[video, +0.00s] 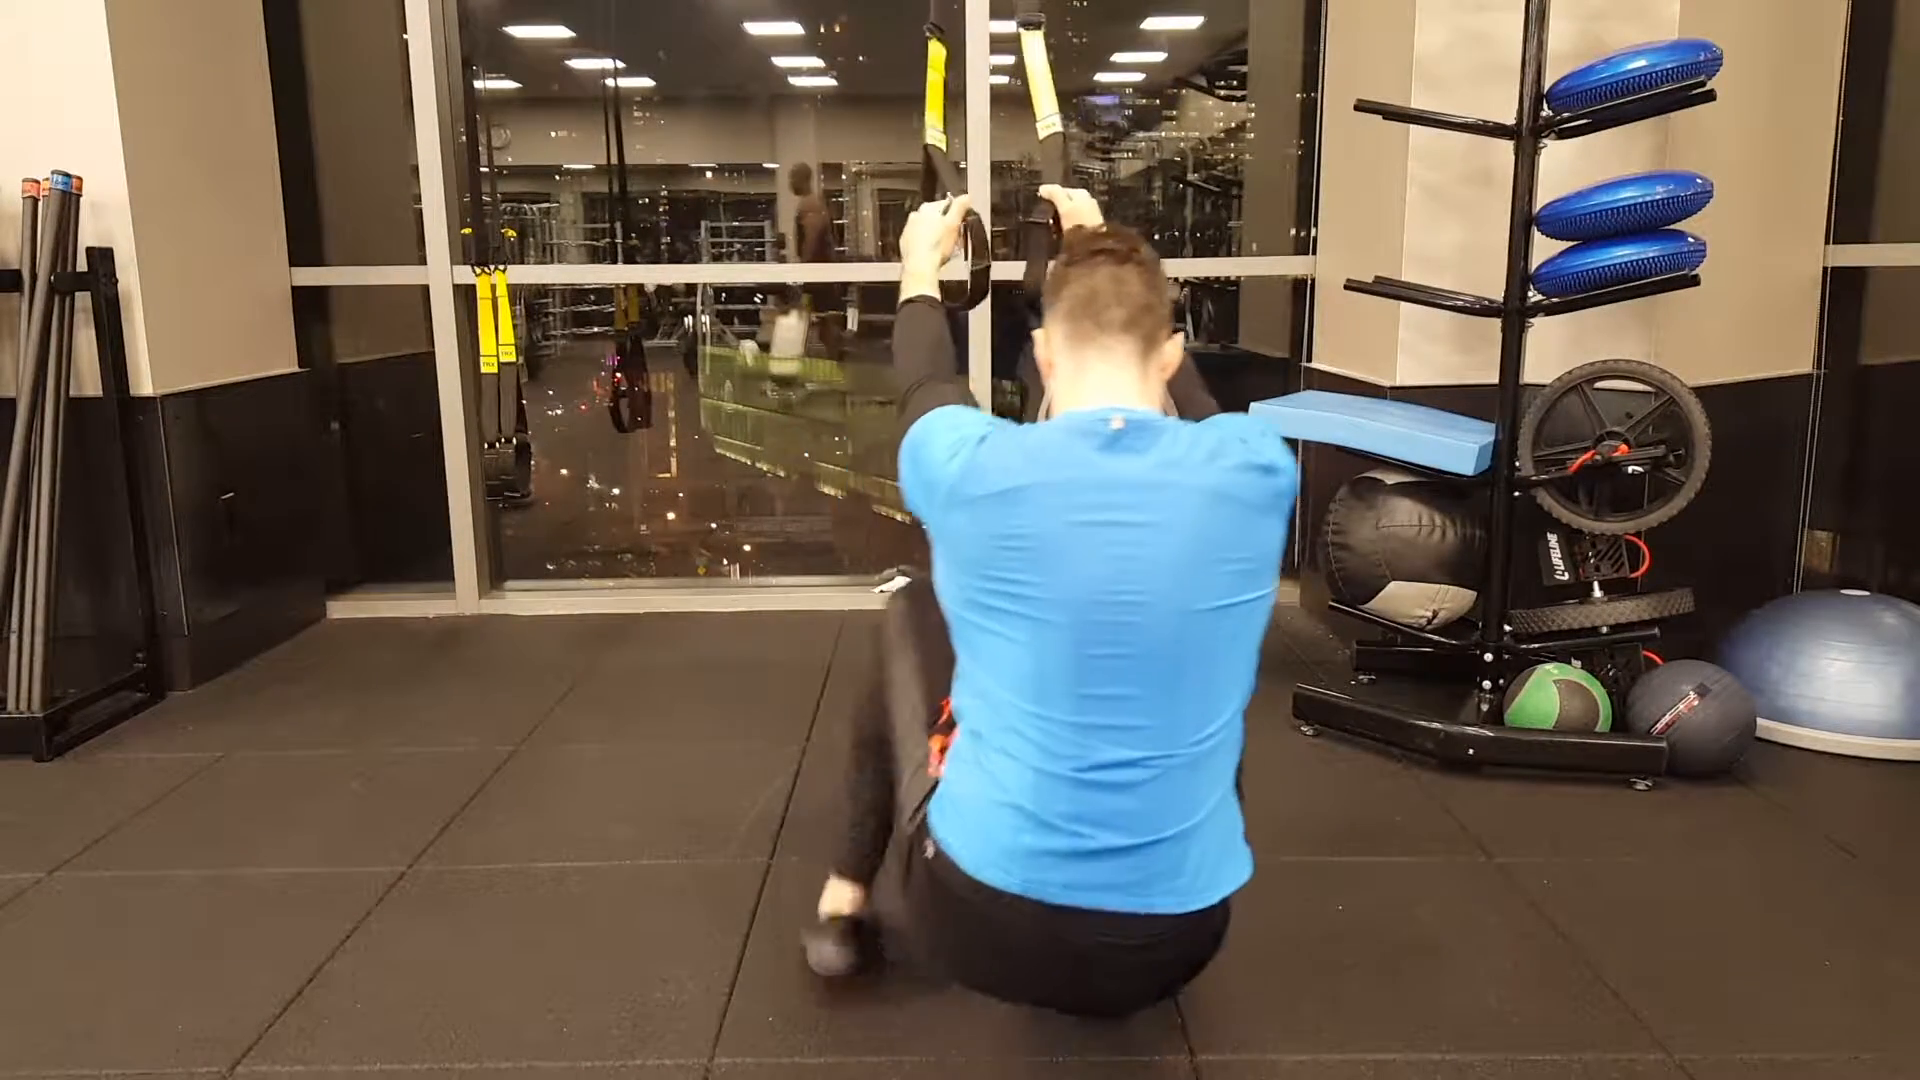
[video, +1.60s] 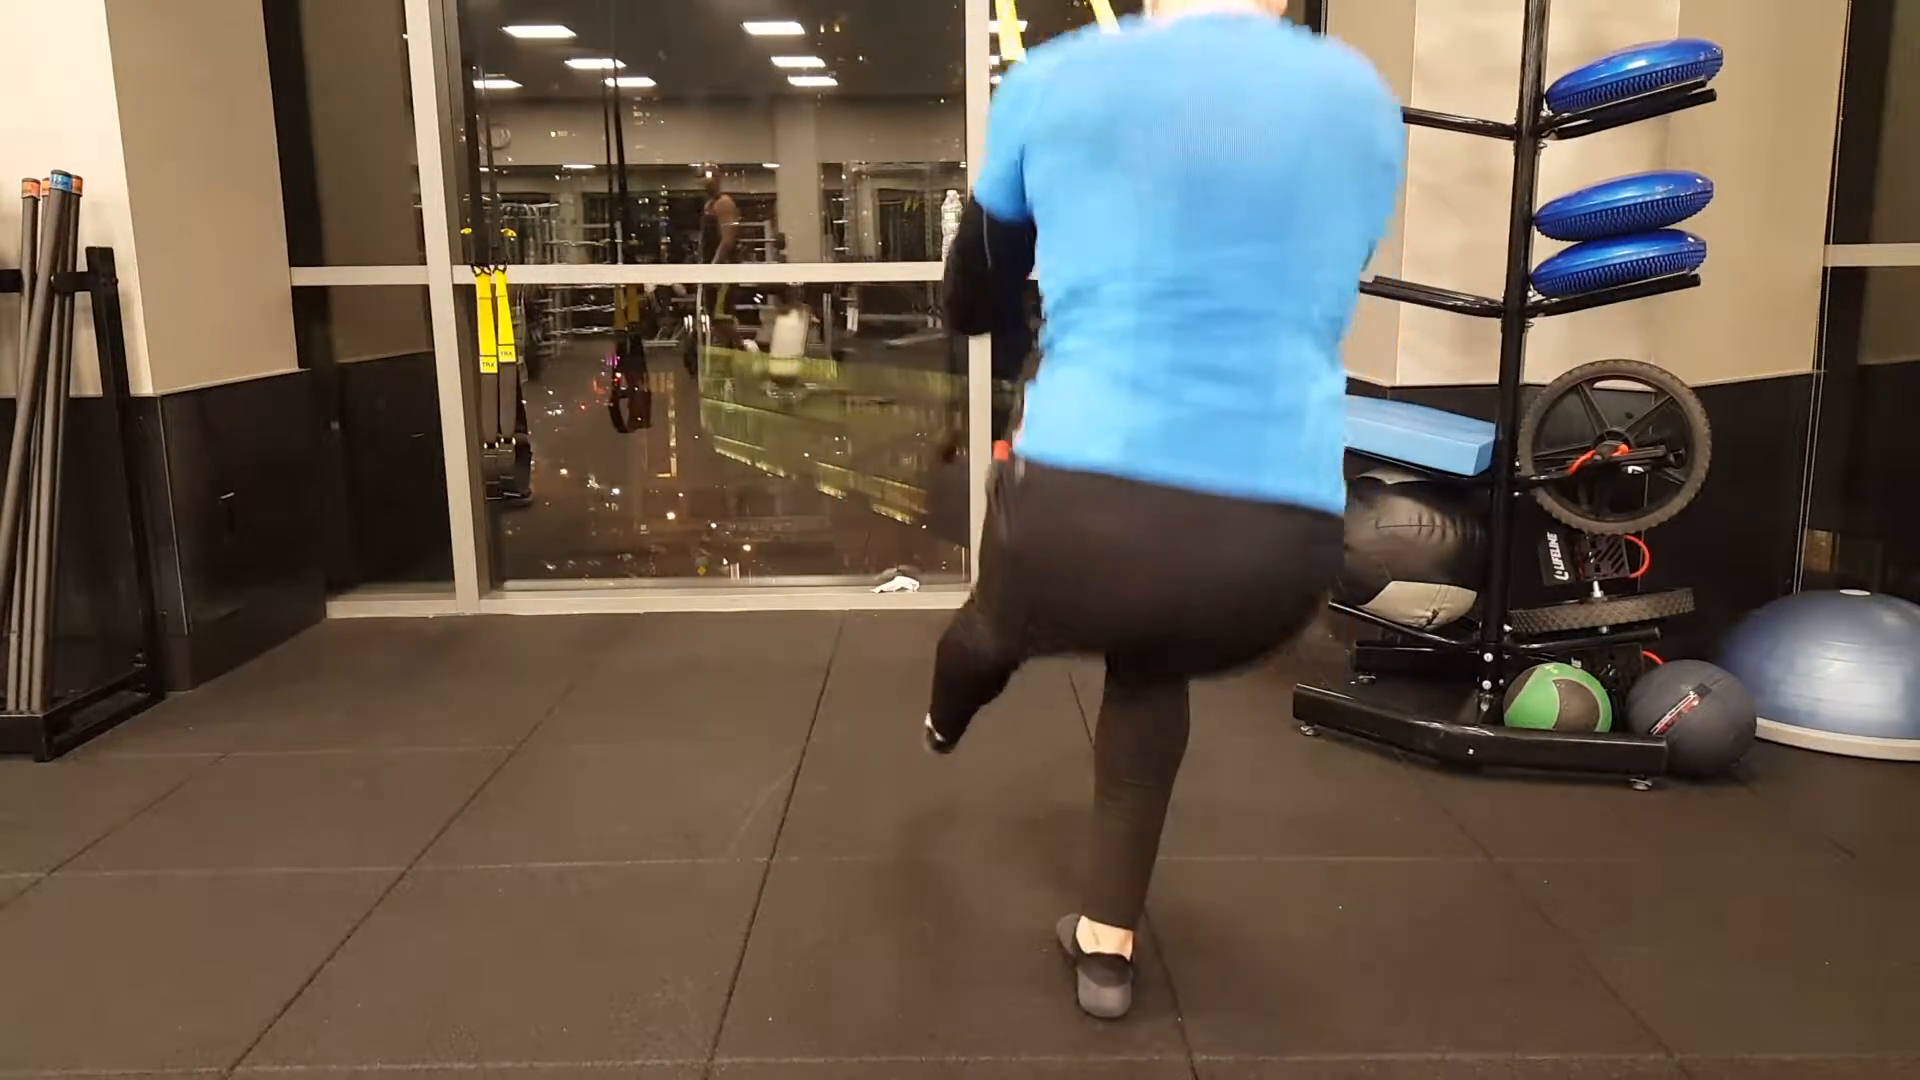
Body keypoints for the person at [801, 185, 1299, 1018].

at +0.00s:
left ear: (1041, 357)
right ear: (1169, 358)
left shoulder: (975, 471)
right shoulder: (1256, 475)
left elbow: (928, 378)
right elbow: (1181, 396)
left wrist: (916, 271)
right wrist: (1102, 256)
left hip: (988, 930)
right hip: (1171, 945)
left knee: (910, 603)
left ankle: (845, 896)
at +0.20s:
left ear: (1096, 339)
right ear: (1224, 347)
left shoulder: (1019, 454)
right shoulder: (1305, 471)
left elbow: (955, 365)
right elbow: (1216, 368)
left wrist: (947, 262)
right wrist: (1145, 238)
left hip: (1019, 933)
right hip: (1201, 948)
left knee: (962, 622)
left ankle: (845, 787)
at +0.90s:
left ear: (1120, 377)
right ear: (1250, 386)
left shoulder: (1043, 503)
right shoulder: (1327, 505)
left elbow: (1003, 384)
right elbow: (1238, 403)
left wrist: (987, 265)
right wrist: (1167, 267)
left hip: (1069, 971)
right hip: (1247, 976)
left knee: (1020, 637)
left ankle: (987, 748)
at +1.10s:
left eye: (1132, 308)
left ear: (1130, 319)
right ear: (1262, 327)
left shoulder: (1056, 441)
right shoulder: (1343, 447)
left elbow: (992, 386)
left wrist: (996, 259)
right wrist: (1173, 248)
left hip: (1082, 919)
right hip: (1256, 923)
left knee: (1024, 648)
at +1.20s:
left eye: (1134, 247)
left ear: (1137, 253)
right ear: (1267, 258)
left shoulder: (1057, 366)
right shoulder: (1354, 379)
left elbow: (985, 357)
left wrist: (992, 254)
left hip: (1086, 843)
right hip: (1262, 859)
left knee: (1029, 646)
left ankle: (1106, 936)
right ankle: (1117, 930)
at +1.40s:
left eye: (1150, 110)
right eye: (1277, 115)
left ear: (1146, 117)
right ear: (1275, 120)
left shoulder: (1058, 218)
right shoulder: (1361, 234)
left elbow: (982, 353)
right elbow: (1331, 386)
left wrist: (1024, 209)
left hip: (1082, 681)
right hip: (1262, 707)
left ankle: (983, 693)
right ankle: (1111, 940)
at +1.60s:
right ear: (1279, 1)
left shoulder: (1050, 78)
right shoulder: (1361, 94)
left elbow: (984, 290)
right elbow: (1329, 286)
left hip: (1082, 522)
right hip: (1273, 546)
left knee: (998, 626)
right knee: (1152, 662)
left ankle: (945, 719)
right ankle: (1111, 943)